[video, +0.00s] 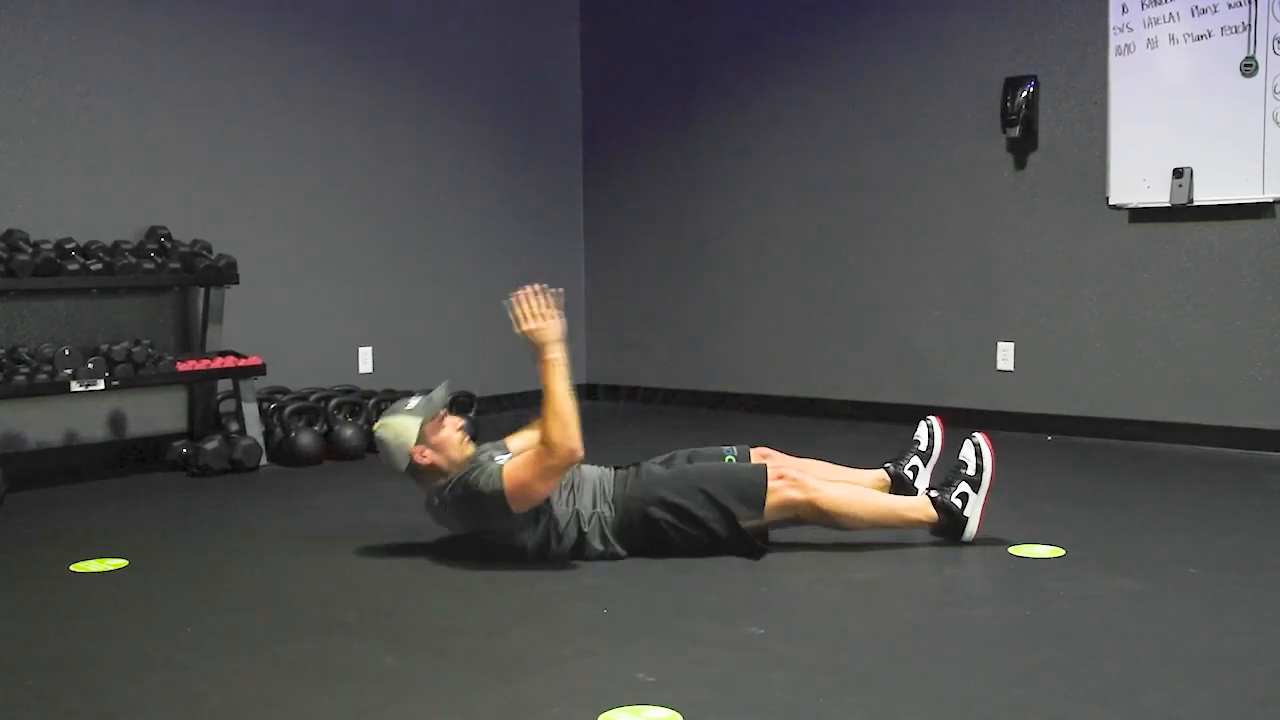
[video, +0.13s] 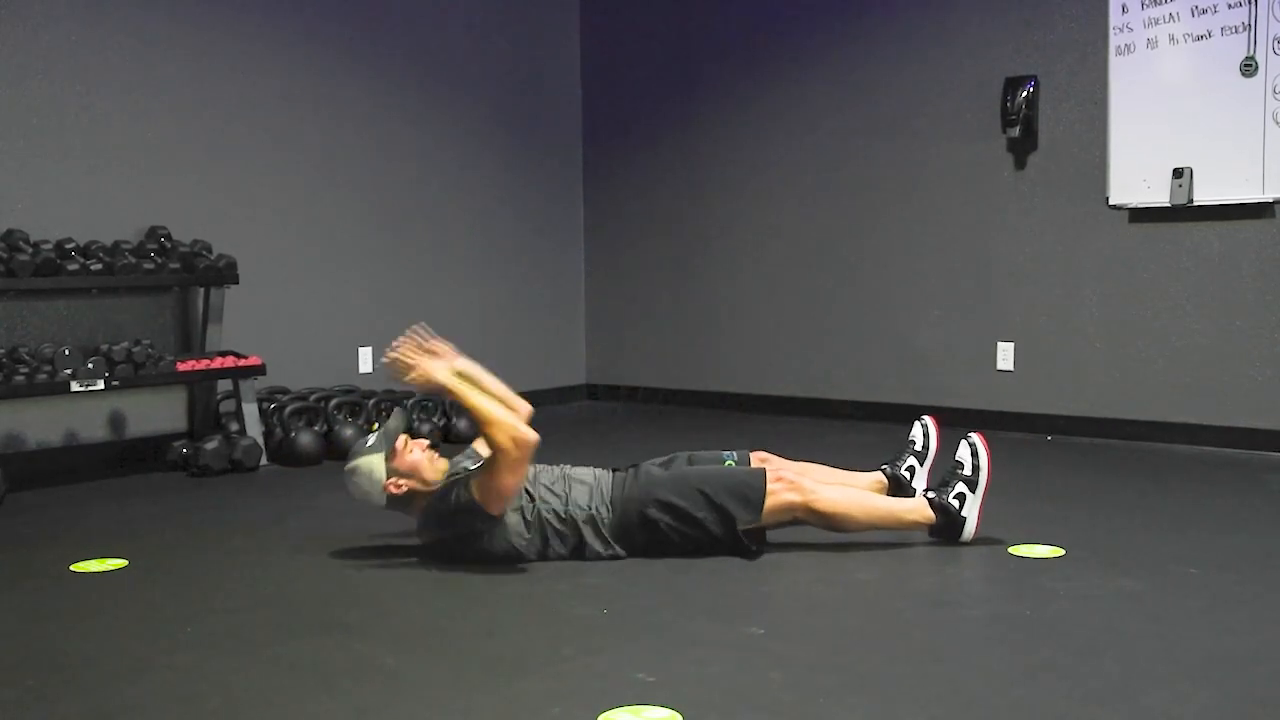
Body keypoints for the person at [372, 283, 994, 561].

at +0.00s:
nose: (455, 423)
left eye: (446, 417)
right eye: (440, 426)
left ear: (439, 437)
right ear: (423, 457)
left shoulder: (470, 461)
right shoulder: (472, 493)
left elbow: (546, 443)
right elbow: (564, 448)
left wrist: (554, 365)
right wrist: (550, 348)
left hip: (624, 485)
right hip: (622, 512)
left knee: (768, 458)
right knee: (789, 487)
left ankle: (896, 482)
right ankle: (940, 513)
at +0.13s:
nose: (413, 447)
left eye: (403, 442)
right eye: (400, 454)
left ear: (414, 451)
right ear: (399, 486)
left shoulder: (453, 483)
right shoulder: (458, 516)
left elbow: (516, 419)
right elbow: (513, 434)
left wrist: (454, 363)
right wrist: (450, 372)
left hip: (629, 485)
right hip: (629, 508)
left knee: (772, 466)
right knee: (788, 493)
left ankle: (899, 485)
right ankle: (940, 516)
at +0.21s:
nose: (404, 461)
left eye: (392, 459)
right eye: (391, 467)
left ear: (403, 469)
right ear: (397, 495)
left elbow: (475, 412)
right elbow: (476, 422)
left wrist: (384, 391)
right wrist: (387, 407)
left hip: (627, 485)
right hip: (627, 513)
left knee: (769, 468)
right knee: (787, 488)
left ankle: (895, 486)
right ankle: (940, 513)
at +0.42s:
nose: (382, 489)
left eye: (377, 483)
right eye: (375, 490)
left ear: (388, 492)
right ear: (382, 512)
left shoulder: (439, 504)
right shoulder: (433, 528)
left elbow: (398, 424)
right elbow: (390, 426)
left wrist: (341, 485)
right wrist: (319, 498)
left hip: (621, 486)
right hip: (621, 514)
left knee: (771, 469)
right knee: (783, 490)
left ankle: (896, 490)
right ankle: (938, 515)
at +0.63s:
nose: (378, 488)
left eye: (375, 480)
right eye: (371, 488)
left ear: (390, 487)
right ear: (377, 512)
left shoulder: (440, 504)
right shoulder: (431, 529)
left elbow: (402, 424)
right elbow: (394, 423)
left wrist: (333, 481)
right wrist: (318, 488)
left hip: (626, 485)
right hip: (624, 512)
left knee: (768, 463)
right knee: (785, 489)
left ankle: (894, 486)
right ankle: (940, 514)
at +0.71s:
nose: (387, 471)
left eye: (376, 471)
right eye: (376, 477)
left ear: (385, 480)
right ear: (386, 502)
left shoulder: (435, 495)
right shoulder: (437, 520)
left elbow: (444, 409)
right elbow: (444, 413)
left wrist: (359, 414)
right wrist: (358, 419)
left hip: (622, 485)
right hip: (623, 512)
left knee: (767, 462)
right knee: (787, 485)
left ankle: (897, 486)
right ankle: (938, 512)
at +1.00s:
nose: (492, 385)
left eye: (484, 378)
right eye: (477, 382)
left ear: (457, 405)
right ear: (453, 409)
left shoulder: (495, 436)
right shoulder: (489, 457)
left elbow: (583, 400)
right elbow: (598, 428)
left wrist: (639, 335)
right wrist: (652, 340)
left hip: (632, 489)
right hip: (626, 516)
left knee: (772, 455)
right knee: (796, 480)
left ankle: (901, 479)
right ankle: (948, 508)